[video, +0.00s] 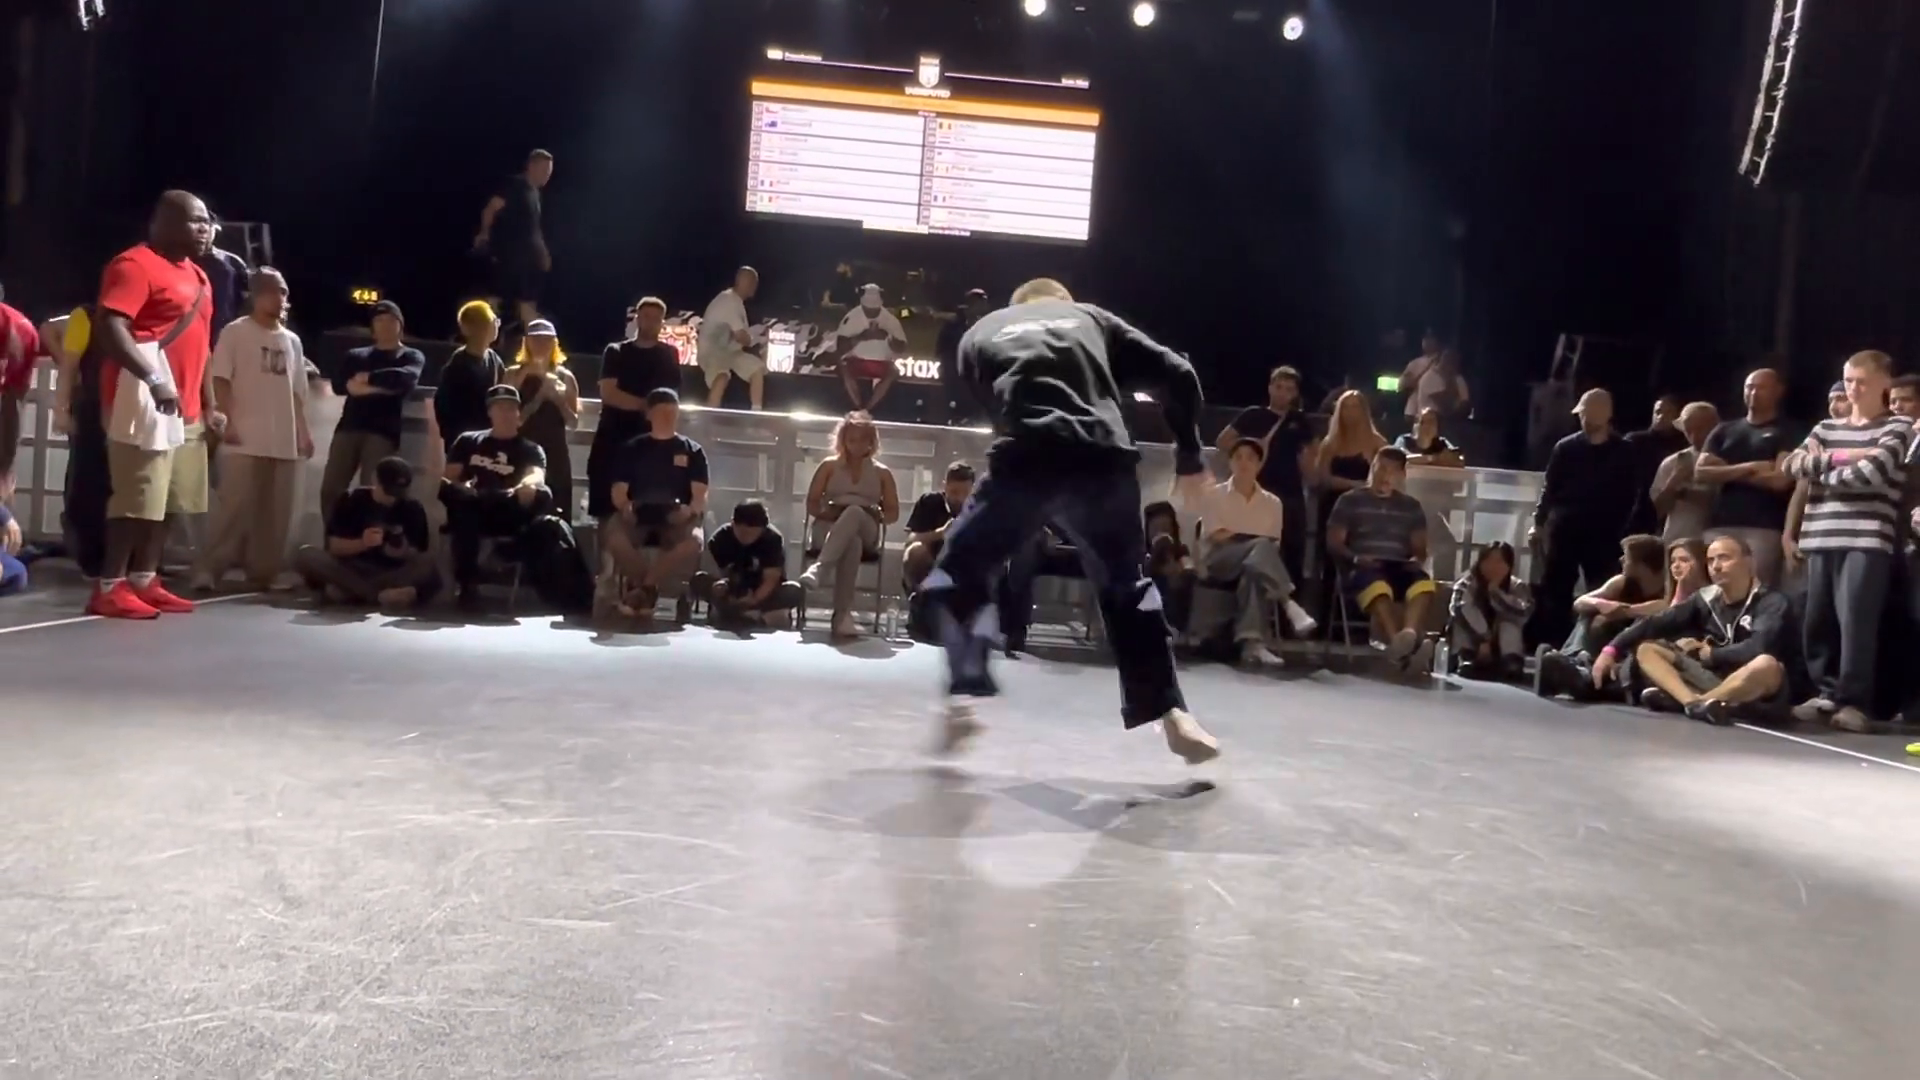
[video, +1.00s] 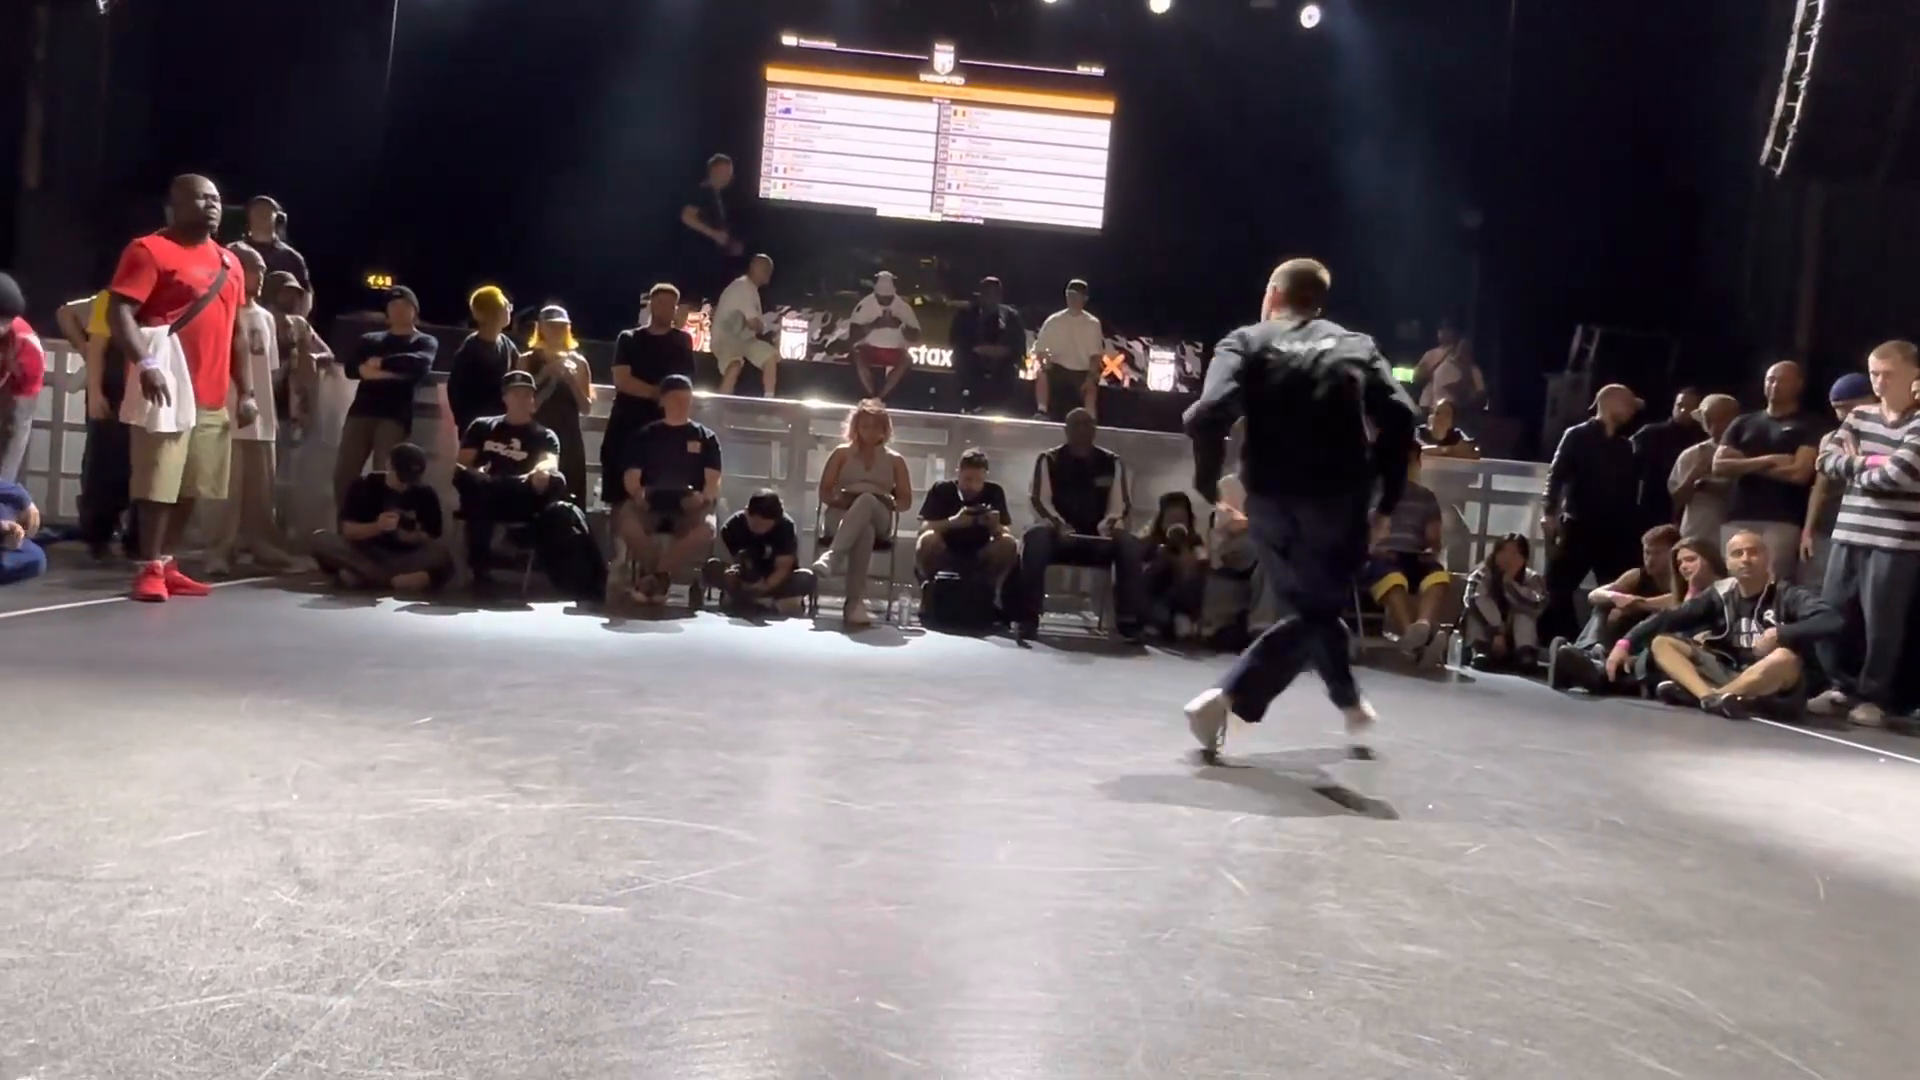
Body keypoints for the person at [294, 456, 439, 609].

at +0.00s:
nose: (392, 500)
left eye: (397, 495)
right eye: (388, 494)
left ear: (405, 489)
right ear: (376, 484)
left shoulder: (412, 509)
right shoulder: (352, 500)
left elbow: (421, 553)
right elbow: (334, 547)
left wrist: (403, 552)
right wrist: (363, 544)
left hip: (394, 572)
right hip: (353, 568)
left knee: (427, 566)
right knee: (307, 556)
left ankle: (354, 594)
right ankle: (377, 595)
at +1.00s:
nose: (403, 487)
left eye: (409, 483)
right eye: (400, 480)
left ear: (418, 476)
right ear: (389, 467)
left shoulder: (425, 494)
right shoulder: (364, 486)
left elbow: (432, 535)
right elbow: (347, 531)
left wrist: (407, 535)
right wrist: (378, 528)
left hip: (406, 555)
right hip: (365, 551)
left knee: (441, 556)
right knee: (321, 541)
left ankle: (368, 580)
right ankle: (390, 580)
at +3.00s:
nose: (405, 484)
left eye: (411, 481)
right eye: (402, 477)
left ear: (421, 473)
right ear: (392, 462)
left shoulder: (429, 489)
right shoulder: (368, 479)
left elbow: (435, 533)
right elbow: (349, 524)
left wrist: (414, 532)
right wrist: (371, 522)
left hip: (410, 550)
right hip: (368, 546)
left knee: (444, 550)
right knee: (323, 534)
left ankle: (370, 572)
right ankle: (393, 574)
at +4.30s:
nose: (400, 466)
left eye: (405, 460)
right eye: (395, 459)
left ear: (412, 462)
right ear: (382, 459)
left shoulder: (427, 492)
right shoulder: (362, 485)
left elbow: (436, 535)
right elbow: (344, 527)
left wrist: (404, 528)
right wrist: (367, 527)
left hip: (409, 551)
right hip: (368, 547)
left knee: (445, 550)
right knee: (326, 538)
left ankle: (373, 576)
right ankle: (394, 577)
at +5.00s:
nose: (380, 471)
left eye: (386, 466)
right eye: (375, 465)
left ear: (395, 470)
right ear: (365, 467)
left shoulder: (412, 502)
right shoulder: (346, 497)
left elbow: (423, 546)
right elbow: (327, 538)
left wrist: (395, 548)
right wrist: (350, 541)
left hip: (395, 561)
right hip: (354, 560)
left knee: (433, 561)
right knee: (313, 550)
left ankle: (358, 588)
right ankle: (382, 591)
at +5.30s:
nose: (375, 477)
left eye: (380, 472)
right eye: (369, 471)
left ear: (389, 475)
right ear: (358, 474)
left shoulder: (405, 507)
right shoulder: (339, 501)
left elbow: (416, 548)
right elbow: (318, 540)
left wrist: (400, 558)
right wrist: (346, 557)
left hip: (389, 568)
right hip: (347, 567)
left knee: (427, 568)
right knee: (306, 556)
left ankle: (350, 596)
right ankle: (378, 596)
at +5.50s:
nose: (371, 485)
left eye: (377, 480)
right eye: (366, 479)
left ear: (386, 483)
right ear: (356, 481)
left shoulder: (402, 515)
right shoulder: (338, 509)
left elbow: (413, 557)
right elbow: (320, 548)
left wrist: (384, 573)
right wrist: (341, 574)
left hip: (385, 575)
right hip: (346, 572)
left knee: (424, 573)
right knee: (301, 562)